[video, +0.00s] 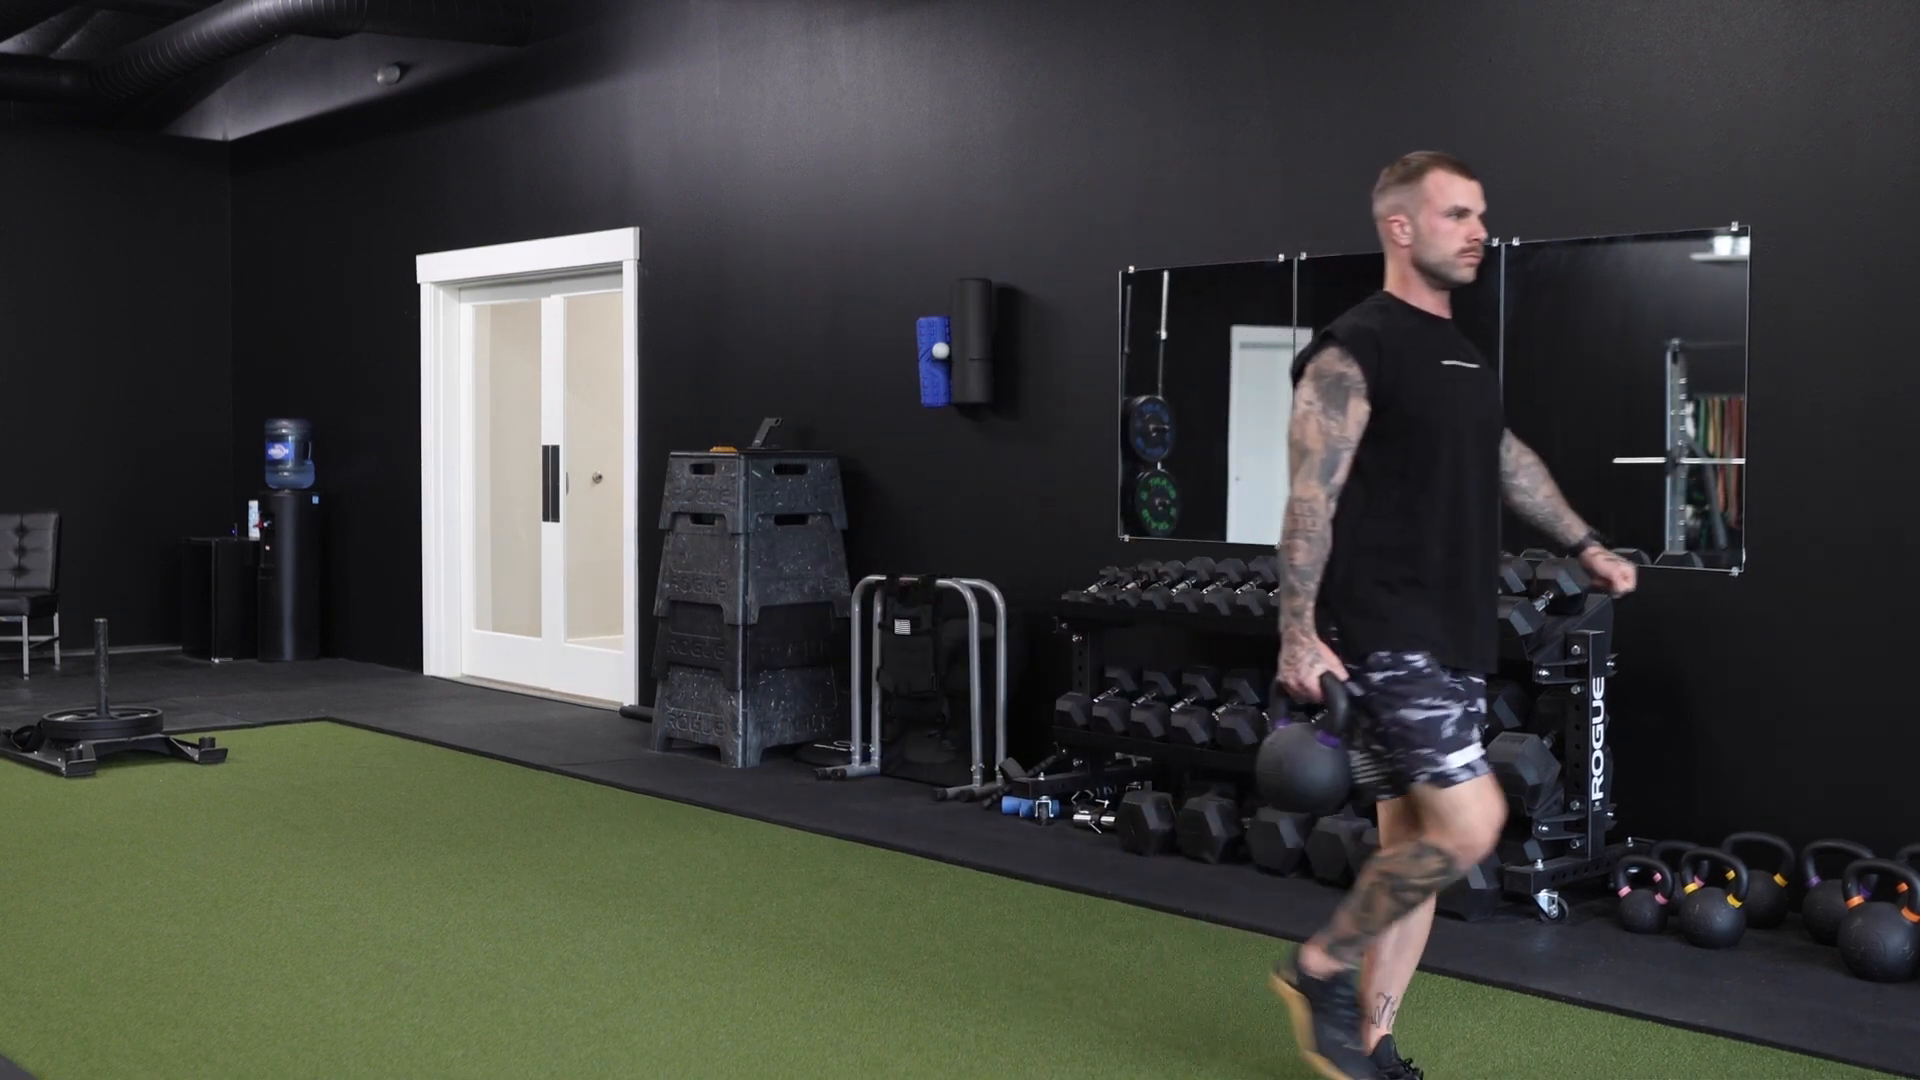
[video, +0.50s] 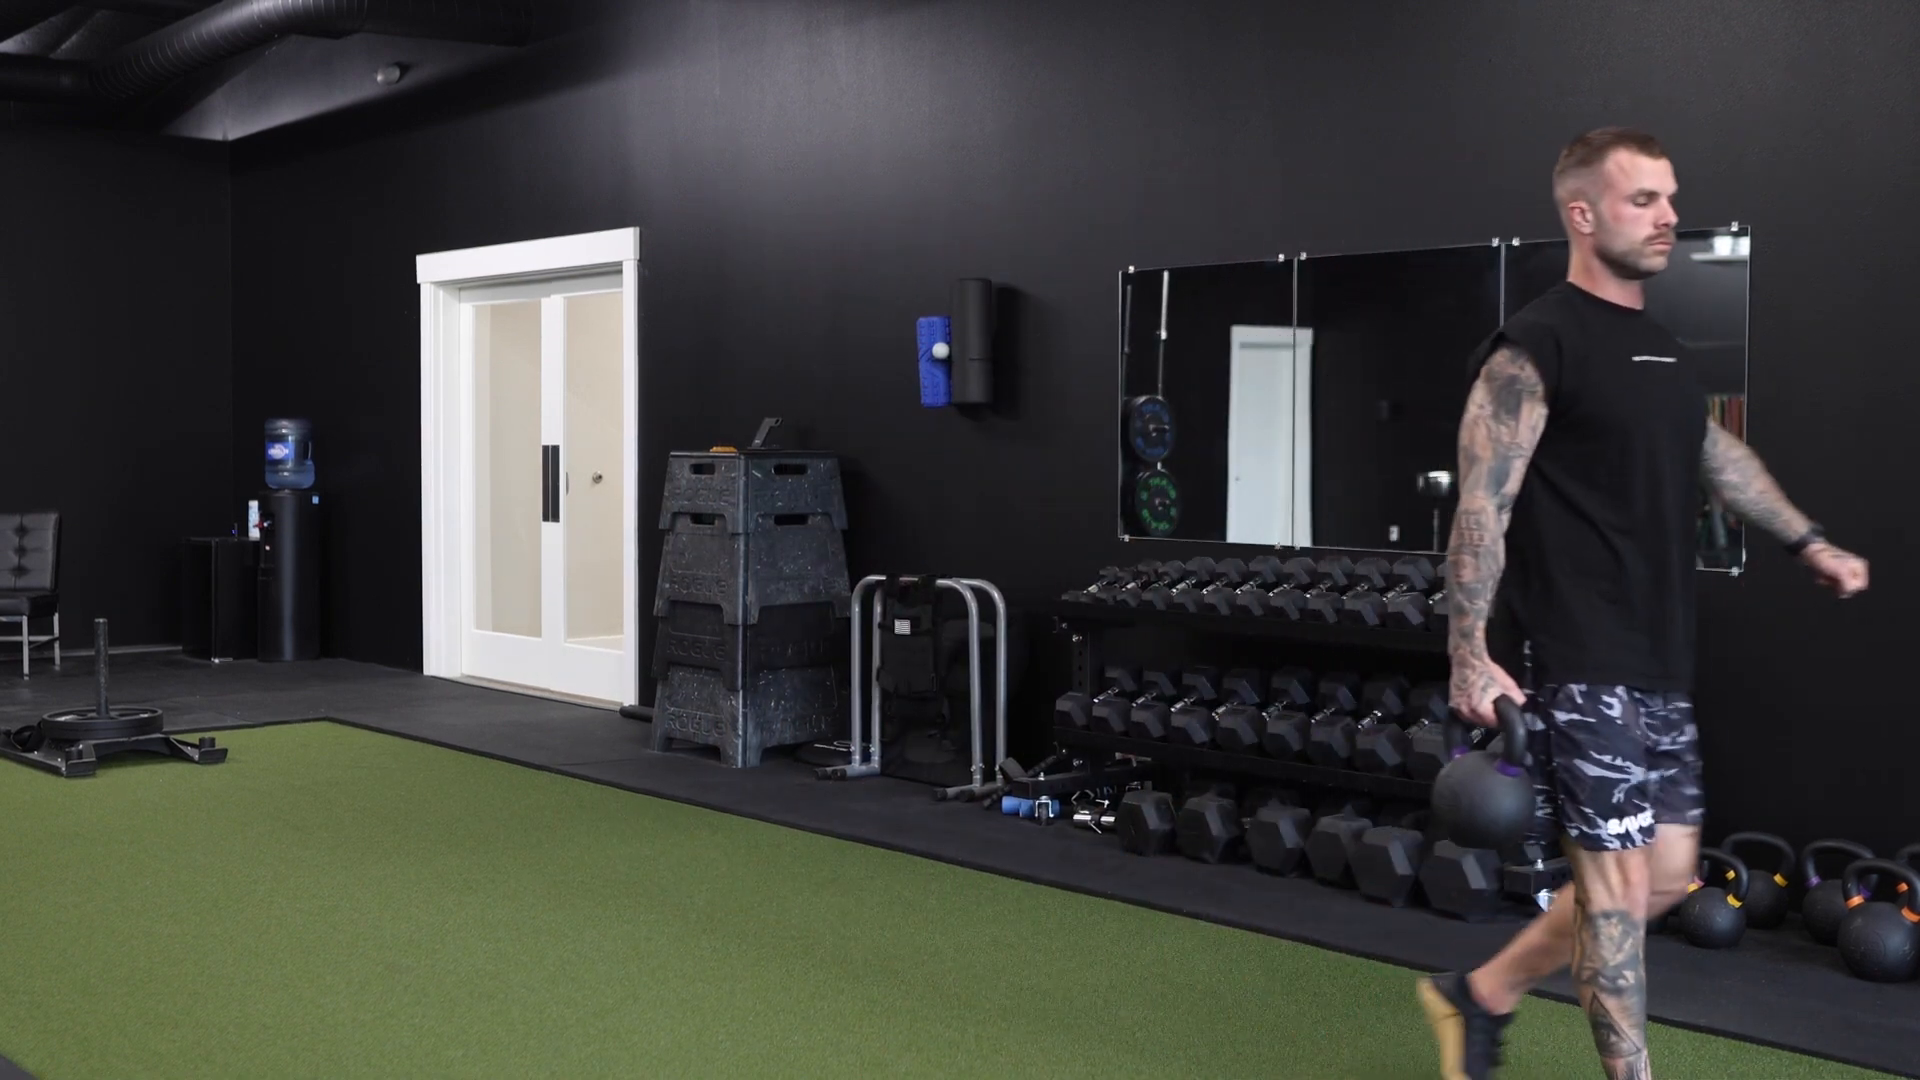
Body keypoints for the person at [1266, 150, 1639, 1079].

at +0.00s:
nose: (1478, 232)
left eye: (1480, 217)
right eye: (1458, 216)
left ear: (1466, 232)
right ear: (1397, 228)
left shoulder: (1461, 354)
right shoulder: (1349, 351)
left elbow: (1506, 459)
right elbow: (1310, 494)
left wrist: (1584, 544)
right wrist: (1296, 626)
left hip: (1454, 633)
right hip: (1380, 633)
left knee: (1410, 845)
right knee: (1470, 821)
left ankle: (1370, 1038)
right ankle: (1319, 965)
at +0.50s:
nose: (1667, 217)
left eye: (1670, 200)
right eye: (1643, 200)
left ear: (1667, 212)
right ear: (1579, 213)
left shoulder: (1653, 344)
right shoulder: (1533, 346)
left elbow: (1718, 454)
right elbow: (1481, 504)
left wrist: (1809, 541)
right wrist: (1467, 647)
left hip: (1659, 654)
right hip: (1577, 657)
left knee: (1670, 866)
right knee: (1613, 879)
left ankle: (1480, 991)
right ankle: (1630, 1072)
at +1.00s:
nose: (1753, 201)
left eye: (1771, 180)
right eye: (1729, 185)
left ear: (1802, 186)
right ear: (1696, 201)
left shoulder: (1863, 338)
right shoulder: (1647, 338)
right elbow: (1595, 502)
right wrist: (1566, 652)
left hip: (1826, 668)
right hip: (1686, 671)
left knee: (1832, 904)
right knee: (1698, 911)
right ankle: (1646, 1074)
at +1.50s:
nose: (1751, 192)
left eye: (1776, 167)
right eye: (1742, 172)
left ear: (1853, 164)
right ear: (1738, 178)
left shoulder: (1907, 312)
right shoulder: (1725, 327)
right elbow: (1694, 494)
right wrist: (1655, 644)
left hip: (1873, 693)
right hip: (1722, 681)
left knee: (1863, 951)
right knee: (1683, 918)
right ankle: (1729, 1073)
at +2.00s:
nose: (1569, 192)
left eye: (1586, 170)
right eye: (1570, 171)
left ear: (1658, 173)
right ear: (1654, 176)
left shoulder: (1739, 321)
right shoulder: (1649, 321)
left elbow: (1778, 443)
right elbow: (1672, 494)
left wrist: (1747, 567)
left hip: (1750, 693)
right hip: (1667, 686)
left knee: (1734, 950)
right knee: (1662, 931)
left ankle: (1820, 1071)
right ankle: (1689, 1077)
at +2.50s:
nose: (1442, 202)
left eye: (1450, 180)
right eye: (1443, 180)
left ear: (1499, 179)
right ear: (1542, 183)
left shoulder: (1523, 315)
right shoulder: (1639, 327)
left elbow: (1458, 425)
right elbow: (1650, 503)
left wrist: (1323, 551)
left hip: (1541, 683)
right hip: (1647, 681)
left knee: (1472, 924)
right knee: (1638, 939)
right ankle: (1673, 1079)